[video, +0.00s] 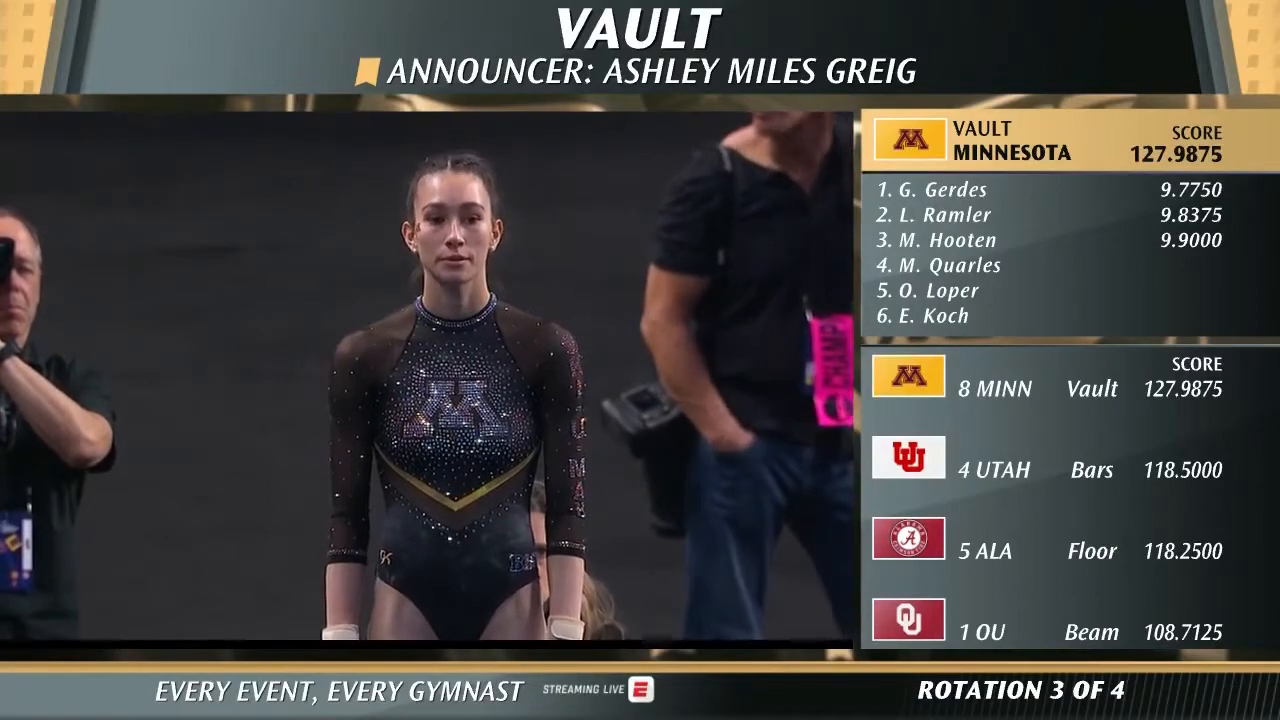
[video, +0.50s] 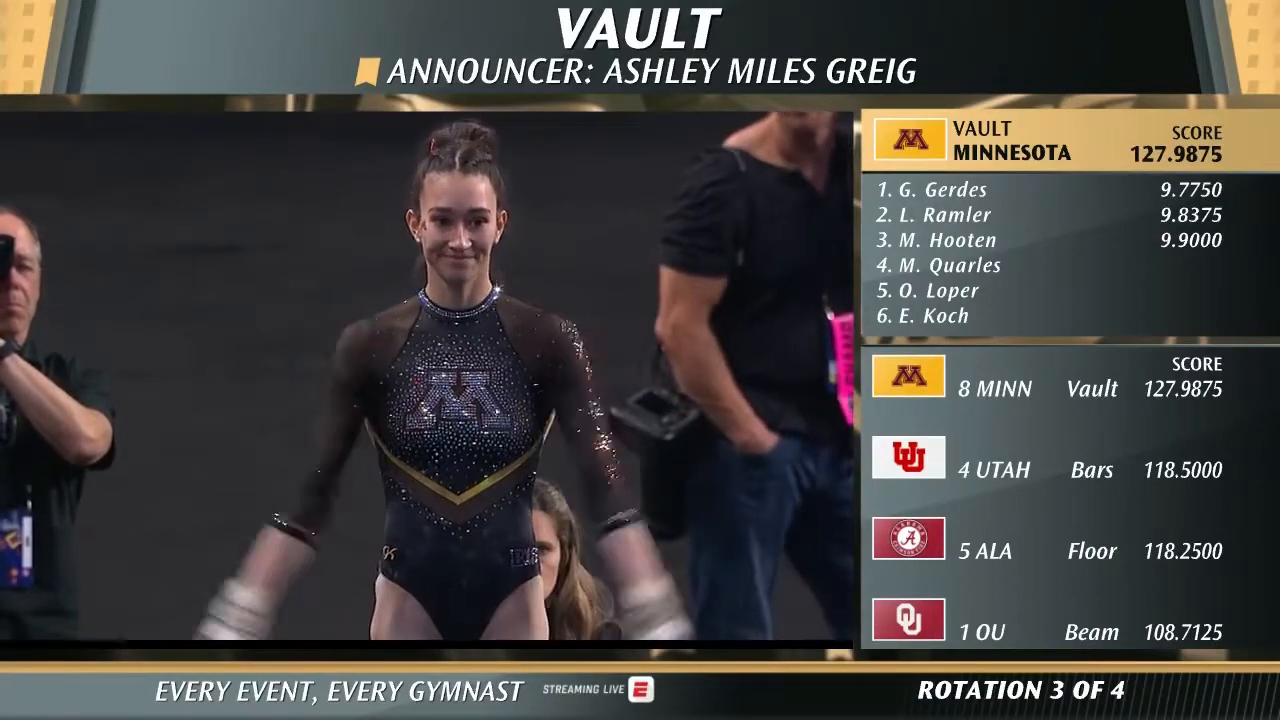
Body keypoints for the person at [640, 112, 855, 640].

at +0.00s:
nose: (764, 98)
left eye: (783, 81)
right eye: (755, 82)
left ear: (826, 90)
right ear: (744, 89)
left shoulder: (860, 170)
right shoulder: (713, 179)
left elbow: (899, 296)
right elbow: (662, 320)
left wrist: (874, 420)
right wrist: (728, 438)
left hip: (849, 448)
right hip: (744, 448)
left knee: (883, 638)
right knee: (725, 639)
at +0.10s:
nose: (775, 98)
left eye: (791, 81)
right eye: (763, 81)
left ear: (831, 90)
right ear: (749, 91)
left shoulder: (860, 172)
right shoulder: (715, 181)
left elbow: (898, 296)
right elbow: (664, 322)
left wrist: (875, 422)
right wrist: (731, 439)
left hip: (849, 449)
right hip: (746, 450)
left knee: (884, 638)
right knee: (726, 638)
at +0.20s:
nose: (801, 98)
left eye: (816, 84)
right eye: (790, 82)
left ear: (842, 92)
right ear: (767, 92)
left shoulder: (855, 170)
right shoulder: (718, 179)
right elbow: (667, 320)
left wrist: (871, 421)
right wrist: (737, 438)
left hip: (844, 445)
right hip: (748, 446)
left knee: (882, 636)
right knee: (728, 637)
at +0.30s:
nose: (798, 100)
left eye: (813, 86)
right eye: (788, 85)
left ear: (840, 95)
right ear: (770, 95)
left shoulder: (854, 170)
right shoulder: (721, 181)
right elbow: (670, 323)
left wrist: (870, 424)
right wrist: (742, 441)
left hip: (843, 448)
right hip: (749, 450)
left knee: (877, 639)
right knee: (729, 639)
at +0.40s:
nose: (814, 114)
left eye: (827, 100)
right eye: (799, 98)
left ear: (845, 106)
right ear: (773, 100)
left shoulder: (849, 171)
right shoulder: (720, 180)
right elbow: (674, 323)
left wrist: (866, 421)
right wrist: (747, 439)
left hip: (836, 444)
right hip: (745, 449)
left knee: (870, 637)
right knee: (733, 637)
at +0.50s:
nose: (822, 110)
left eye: (831, 98)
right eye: (810, 95)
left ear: (842, 105)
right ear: (781, 99)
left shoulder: (844, 171)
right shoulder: (722, 180)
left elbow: (854, 300)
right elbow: (679, 326)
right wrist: (755, 439)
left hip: (829, 443)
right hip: (745, 450)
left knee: (877, 633)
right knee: (735, 639)